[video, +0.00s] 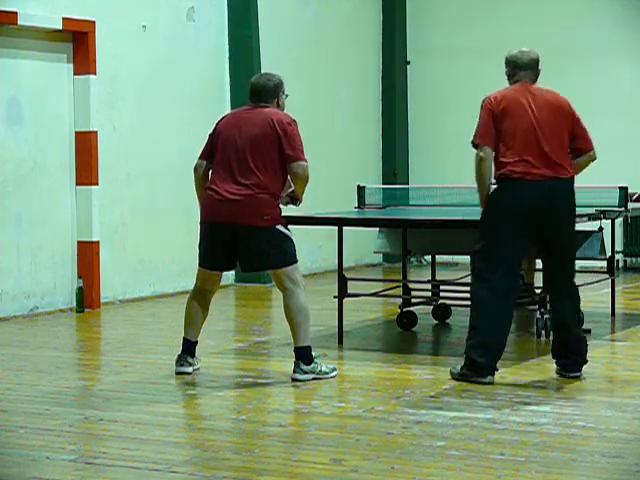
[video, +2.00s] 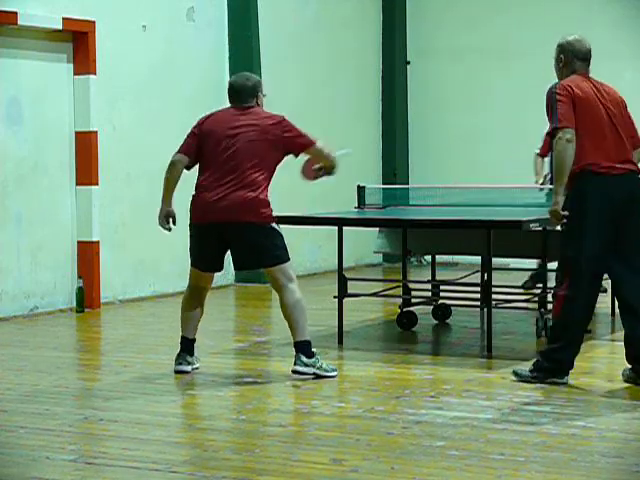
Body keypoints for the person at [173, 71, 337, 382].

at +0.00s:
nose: (286, 102)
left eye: (285, 98)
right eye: (285, 98)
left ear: (250, 98)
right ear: (278, 99)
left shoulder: (226, 121)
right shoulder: (283, 122)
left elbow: (201, 168)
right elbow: (299, 171)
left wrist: (207, 207)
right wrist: (297, 193)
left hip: (216, 216)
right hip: (261, 216)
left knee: (203, 288)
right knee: (292, 285)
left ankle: (186, 355)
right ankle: (304, 361)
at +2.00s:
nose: (265, 99)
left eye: (262, 95)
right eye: (263, 95)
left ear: (229, 98)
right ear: (259, 98)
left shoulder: (208, 123)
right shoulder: (275, 124)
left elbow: (177, 163)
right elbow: (326, 159)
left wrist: (166, 204)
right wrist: (321, 168)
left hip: (206, 216)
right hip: (252, 215)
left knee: (197, 287)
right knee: (286, 283)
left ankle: (185, 354)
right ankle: (305, 355)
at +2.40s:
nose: (244, 103)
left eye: (242, 98)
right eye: (242, 99)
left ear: (209, 105)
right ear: (235, 102)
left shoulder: (190, 135)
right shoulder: (253, 130)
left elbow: (158, 179)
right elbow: (291, 167)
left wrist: (147, 221)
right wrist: (298, 198)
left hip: (200, 228)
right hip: (245, 225)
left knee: (195, 287)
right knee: (282, 288)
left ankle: (185, 355)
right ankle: (305, 359)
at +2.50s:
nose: (227, 96)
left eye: (225, 91)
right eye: (225, 92)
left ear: (194, 97)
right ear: (220, 95)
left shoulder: (175, 128)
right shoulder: (235, 124)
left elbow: (147, 174)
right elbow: (258, 162)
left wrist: (140, 213)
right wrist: (278, 195)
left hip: (186, 222)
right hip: (230, 219)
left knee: (189, 287)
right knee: (264, 283)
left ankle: (185, 355)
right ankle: (293, 354)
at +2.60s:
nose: (215, 89)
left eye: (213, 85)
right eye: (213, 85)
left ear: (183, 89)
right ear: (205, 88)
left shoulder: (162, 121)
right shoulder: (219, 116)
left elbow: (137, 167)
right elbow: (237, 157)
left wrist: (139, 206)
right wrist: (261, 193)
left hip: (173, 218)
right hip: (215, 215)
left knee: (185, 284)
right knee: (245, 278)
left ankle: (184, 355)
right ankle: (246, 354)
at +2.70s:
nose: (204, 84)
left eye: (202, 79)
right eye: (201, 80)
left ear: (172, 84)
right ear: (193, 83)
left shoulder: (152, 116)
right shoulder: (206, 111)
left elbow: (131, 167)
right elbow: (224, 155)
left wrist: (138, 204)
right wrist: (248, 187)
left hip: (161, 214)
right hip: (201, 212)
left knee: (180, 282)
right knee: (223, 281)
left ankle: (183, 355)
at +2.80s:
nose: (195, 84)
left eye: (193, 79)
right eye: (192, 79)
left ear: (163, 83)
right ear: (184, 82)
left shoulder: (143, 115)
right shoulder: (195, 111)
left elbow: (123, 166)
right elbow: (217, 159)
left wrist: (132, 200)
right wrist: (240, 187)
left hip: (147, 214)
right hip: (184, 213)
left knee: (173, 282)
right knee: (197, 285)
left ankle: (183, 354)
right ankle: (146, 344)